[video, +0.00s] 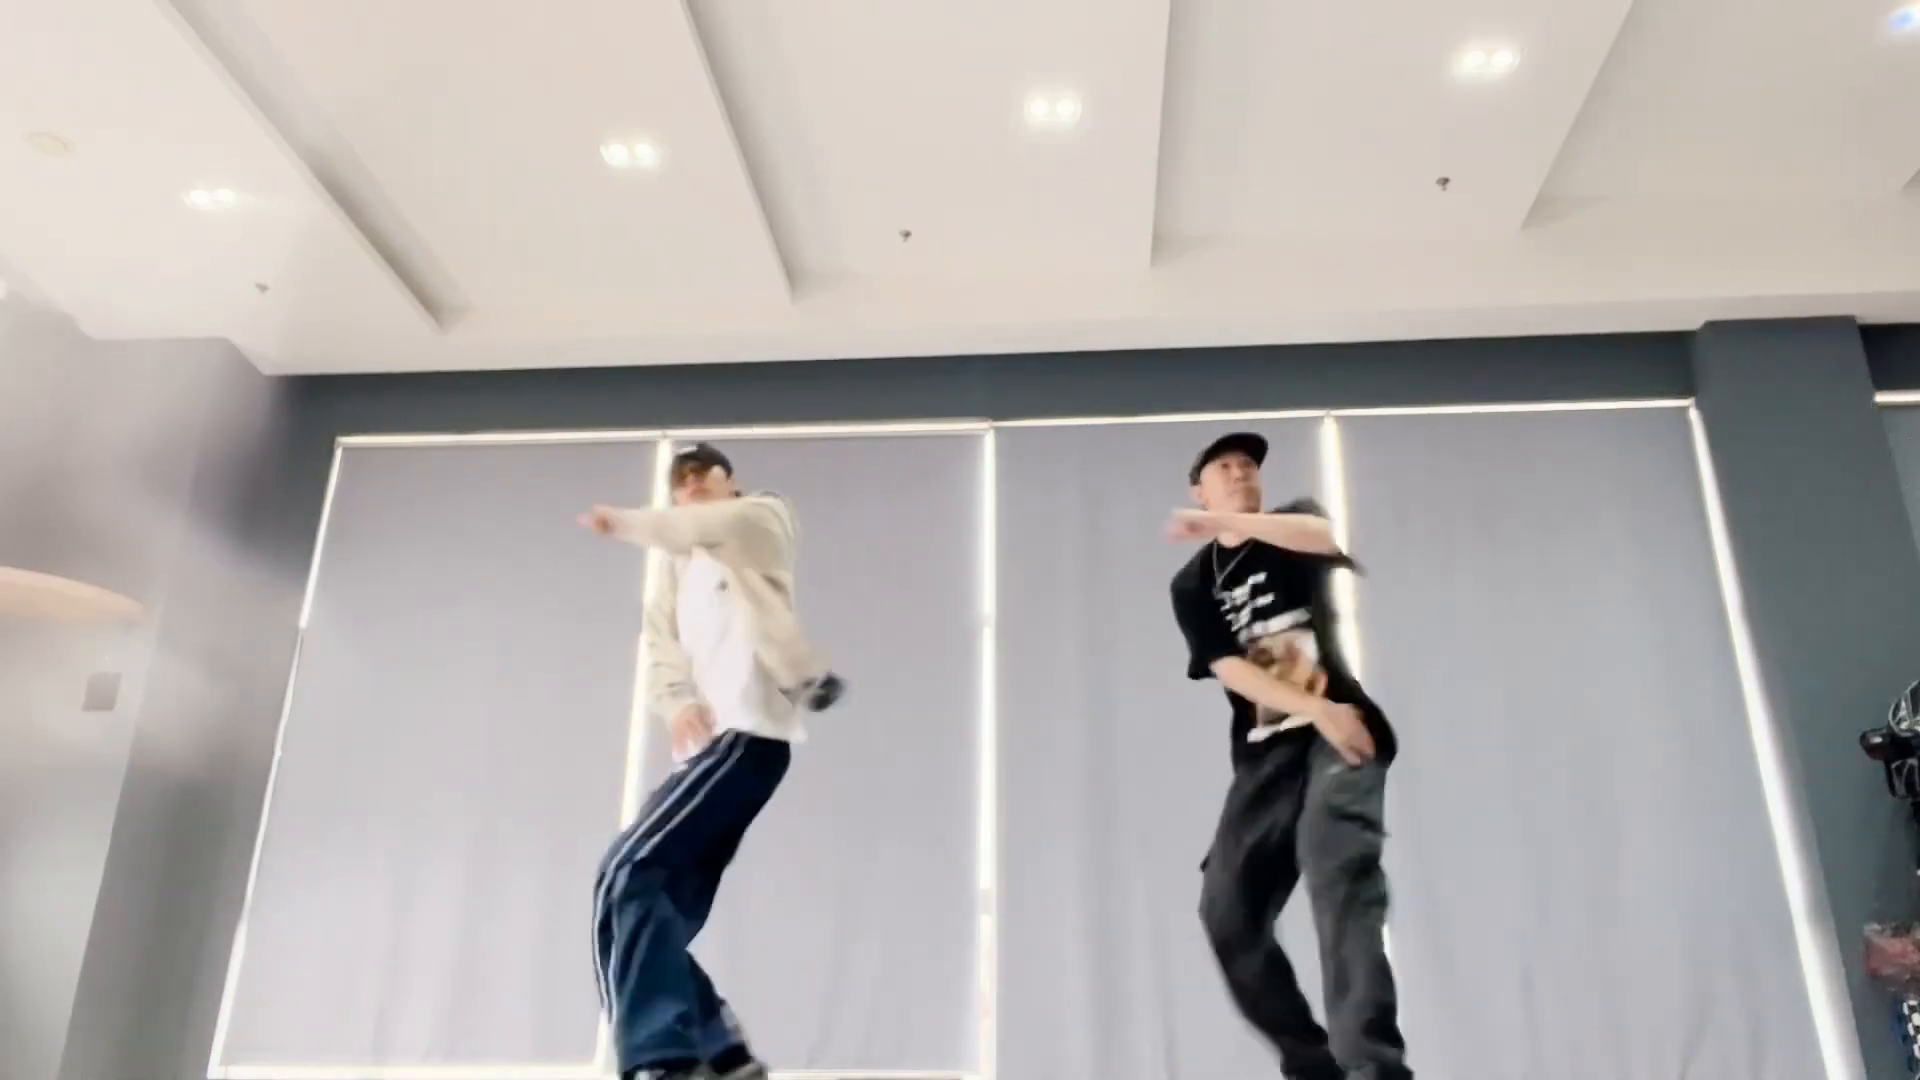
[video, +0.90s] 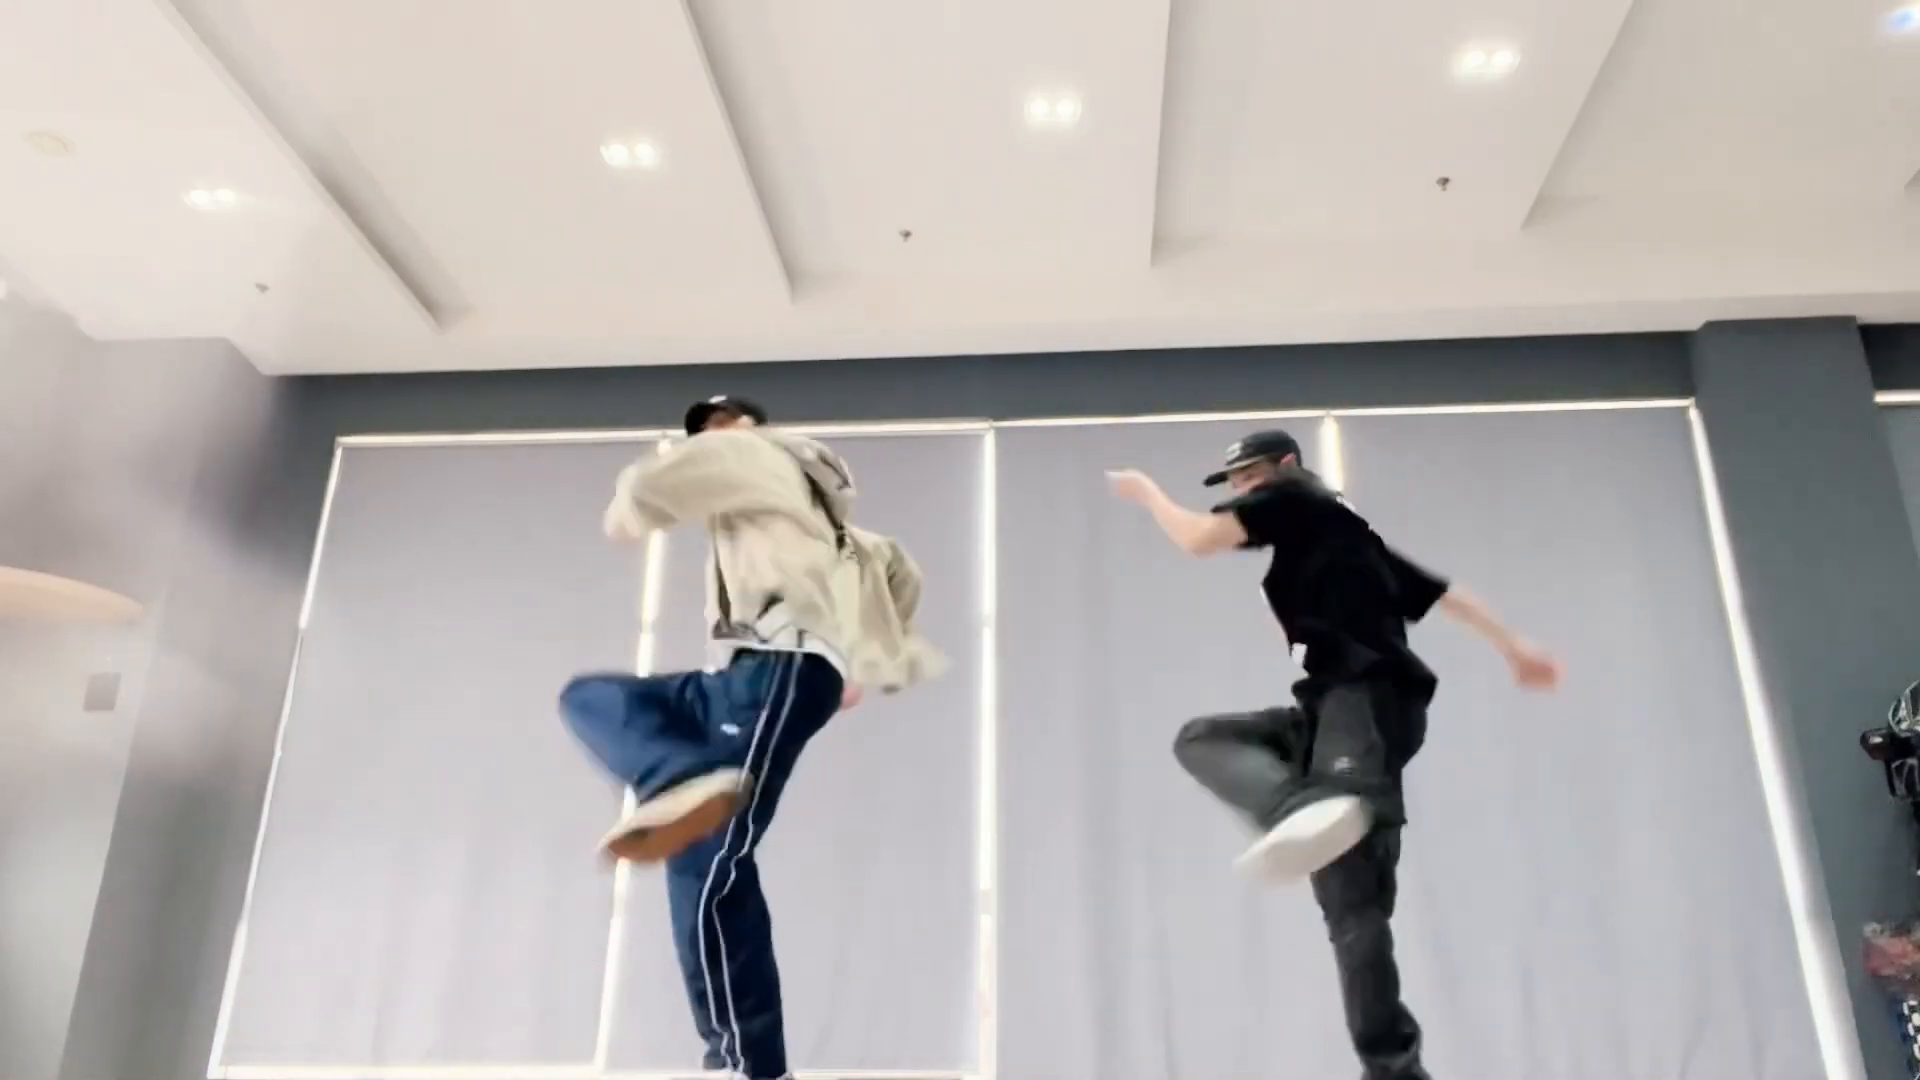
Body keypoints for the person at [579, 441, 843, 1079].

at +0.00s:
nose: (692, 488)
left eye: (703, 475)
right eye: (681, 484)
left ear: (731, 479)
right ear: (670, 497)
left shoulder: (769, 518)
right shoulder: (671, 551)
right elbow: (660, 637)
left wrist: (627, 523)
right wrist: (678, 703)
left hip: (752, 737)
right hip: (710, 741)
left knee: (634, 870)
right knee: (620, 882)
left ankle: (663, 1058)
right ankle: (715, 1048)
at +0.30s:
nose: (692, 503)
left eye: (703, 489)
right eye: (681, 499)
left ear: (734, 495)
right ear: (673, 516)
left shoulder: (760, 541)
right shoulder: (682, 599)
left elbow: (801, 529)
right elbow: (649, 678)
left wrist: (687, 530)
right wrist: (696, 714)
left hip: (763, 746)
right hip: (722, 756)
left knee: (638, 859)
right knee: (635, 879)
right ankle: (674, 1057)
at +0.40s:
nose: (681, 515)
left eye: (692, 501)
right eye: (669, 512)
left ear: (723, 507)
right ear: (666, 535)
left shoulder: (766, 570)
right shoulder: (688, 598)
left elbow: (869, 572)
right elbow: (674, 682)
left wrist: (773, 549)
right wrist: (679, 730)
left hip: (756, 768)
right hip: (717, 776)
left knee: (636, 926)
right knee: (632, 936)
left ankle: (756, 1047)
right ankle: (696, 1070)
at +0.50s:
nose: (698, 508)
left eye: (705, 491)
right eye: (686, 502)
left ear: (735, 486)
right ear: (683, 514)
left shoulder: (787, 545)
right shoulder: (712, 574)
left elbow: (836, 519)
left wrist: (731, 521)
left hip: (764, 752)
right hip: (723, 756)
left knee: (640, 912)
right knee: (623, 919)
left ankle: (746, 1064)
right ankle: (692, 1072)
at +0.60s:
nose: (718, 482)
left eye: (726, 467)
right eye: (707, 480)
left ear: (756, 464)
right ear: (706, 490)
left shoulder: (792, 499)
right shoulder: (741, 543)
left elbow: (711, 503)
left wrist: (599, 490)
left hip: (774, 719)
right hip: (728, 722)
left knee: (655, 903)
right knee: (596, 876)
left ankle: (744, 1070)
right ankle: (649, 1046)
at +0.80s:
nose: (720, 454)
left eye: (730, 439)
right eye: (715, 448)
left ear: (762, 434)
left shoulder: (767, 462)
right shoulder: (805, 514)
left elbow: (672, 520)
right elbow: (872, 611)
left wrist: (558, 561)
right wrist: (834, 690)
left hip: (767, 684)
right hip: (735, 696)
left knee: (702, 889)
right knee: (591, 782)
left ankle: (745, 1067)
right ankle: (542, 951)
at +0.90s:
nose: (705, 443)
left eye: (712, 430)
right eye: (702, 435)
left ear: (742, 425)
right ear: (736, 430)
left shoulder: (759, 451)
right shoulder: (814, 507)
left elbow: (654, 475)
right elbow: (893, 564)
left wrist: (627, 520)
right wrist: (870, 660)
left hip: (783, 665)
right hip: (751, 676)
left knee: (710, 862)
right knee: (589, 694)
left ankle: (747, 1064)